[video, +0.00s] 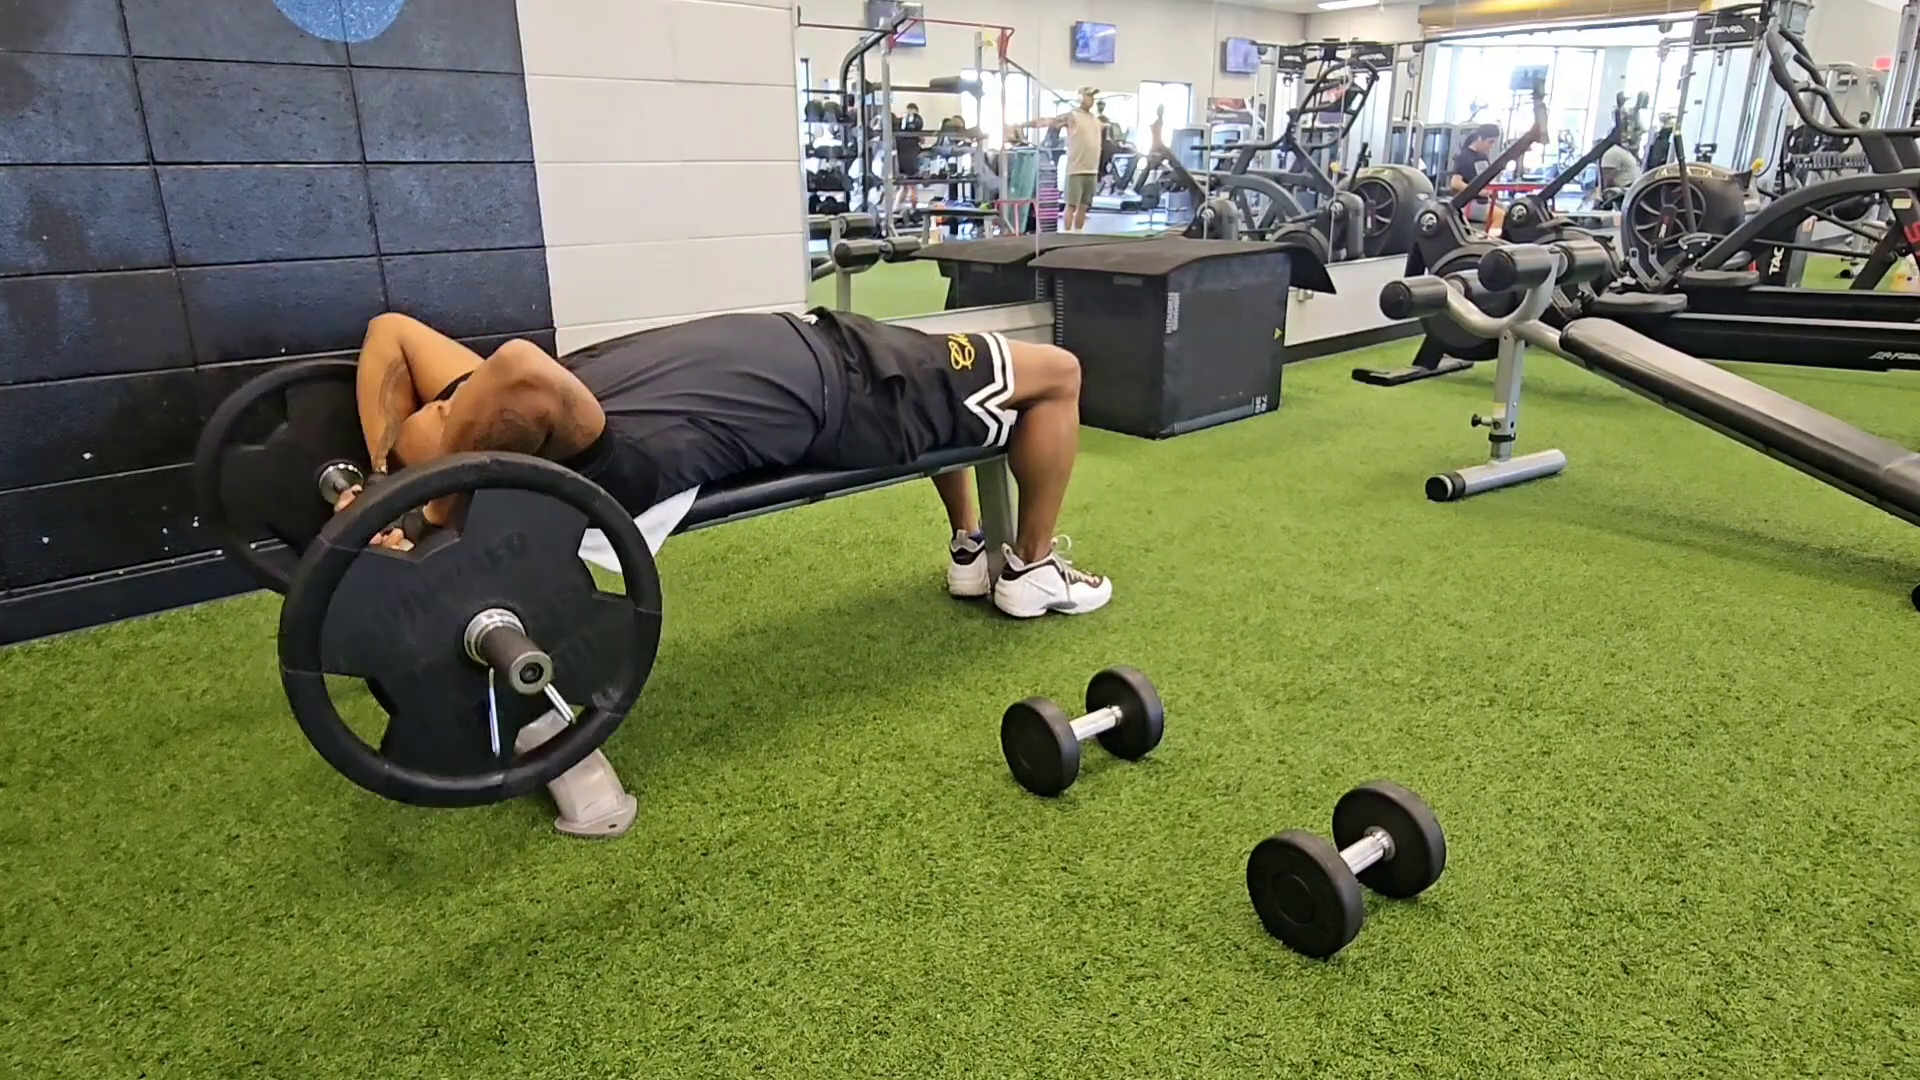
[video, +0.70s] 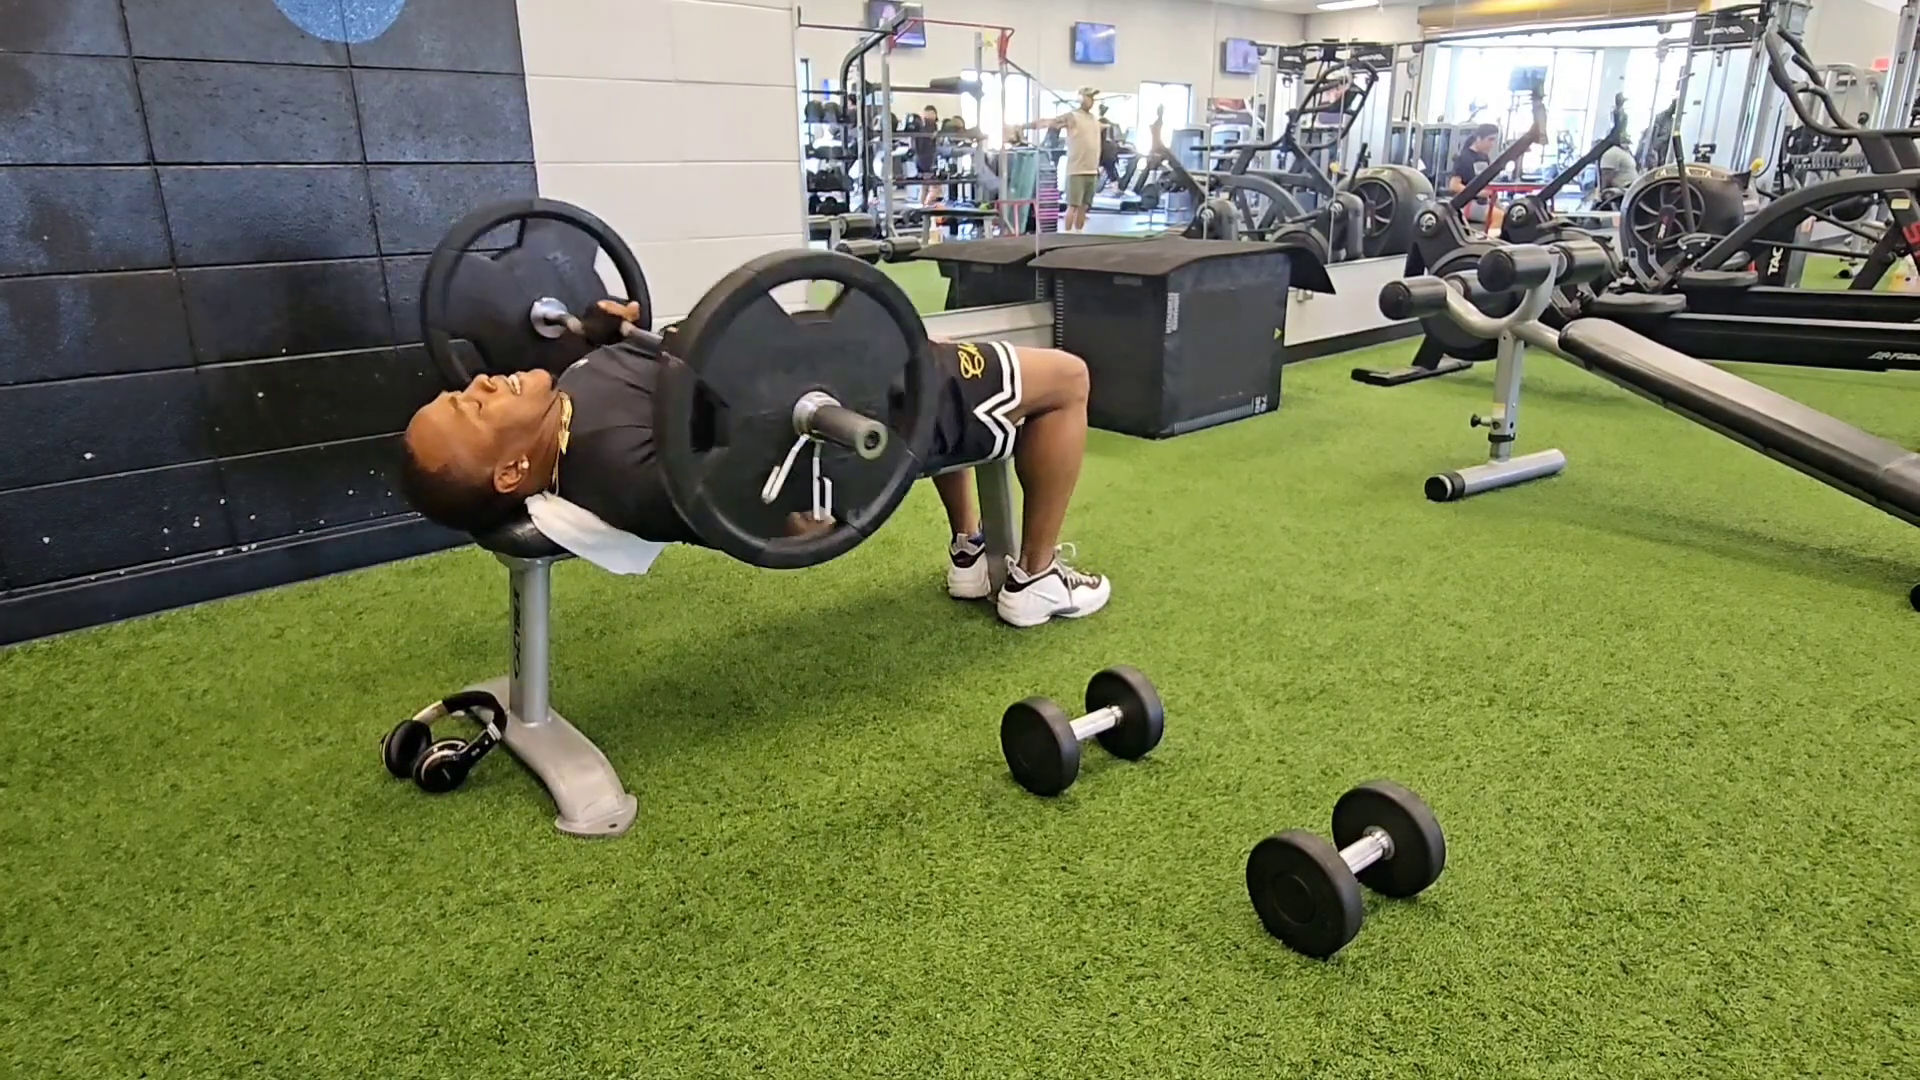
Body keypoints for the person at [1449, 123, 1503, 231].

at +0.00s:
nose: (1491, 146)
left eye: (1493, 143)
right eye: (1490, 142)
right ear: (1480, 138)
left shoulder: (1484, 157)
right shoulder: (1464, 156)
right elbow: (1455, 182)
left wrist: (1492, 189)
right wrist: (1479, 192)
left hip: (1486, 200)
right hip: (1470, 202)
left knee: (1507, 213)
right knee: (1499, 215)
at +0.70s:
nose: (1492, 144)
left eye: (1494, 140)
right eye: (1490, 140)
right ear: (1479, 138)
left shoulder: (1485, 157)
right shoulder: (1464, 156)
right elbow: (1454, 185)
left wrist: (1491, 191)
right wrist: (1478, 192)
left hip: (1486, 200)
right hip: (1469, 203)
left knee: (1506, 214)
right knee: (1499, 216)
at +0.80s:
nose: (1492, 144)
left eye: (1494, 140)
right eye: (1490, 139)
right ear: (1479, 138)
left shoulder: (1486, 157)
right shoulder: (1465, 156)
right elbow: (1455, 185)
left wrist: (1493, 191)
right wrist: (1480, 193)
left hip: (1487, 201)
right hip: (1469, 202)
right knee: (1499, 217)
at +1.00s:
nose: (1504, 143)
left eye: (1505, 139)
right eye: (1502, 138)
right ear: (1490, 138)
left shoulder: (1497, 159)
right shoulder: (1478, 157)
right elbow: (1463, 185)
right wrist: (1486, 194)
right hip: (1469, 201)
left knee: (1510, 211)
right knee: (1498, 216)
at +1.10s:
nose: (1512, 144)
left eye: (1513, 141)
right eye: (1509, 140)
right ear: (1498, 140)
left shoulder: (1502, 159)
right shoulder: (1483, 158)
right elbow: (1467, 186)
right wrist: (1492, 192)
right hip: (1473, 202)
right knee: (1499, 217)